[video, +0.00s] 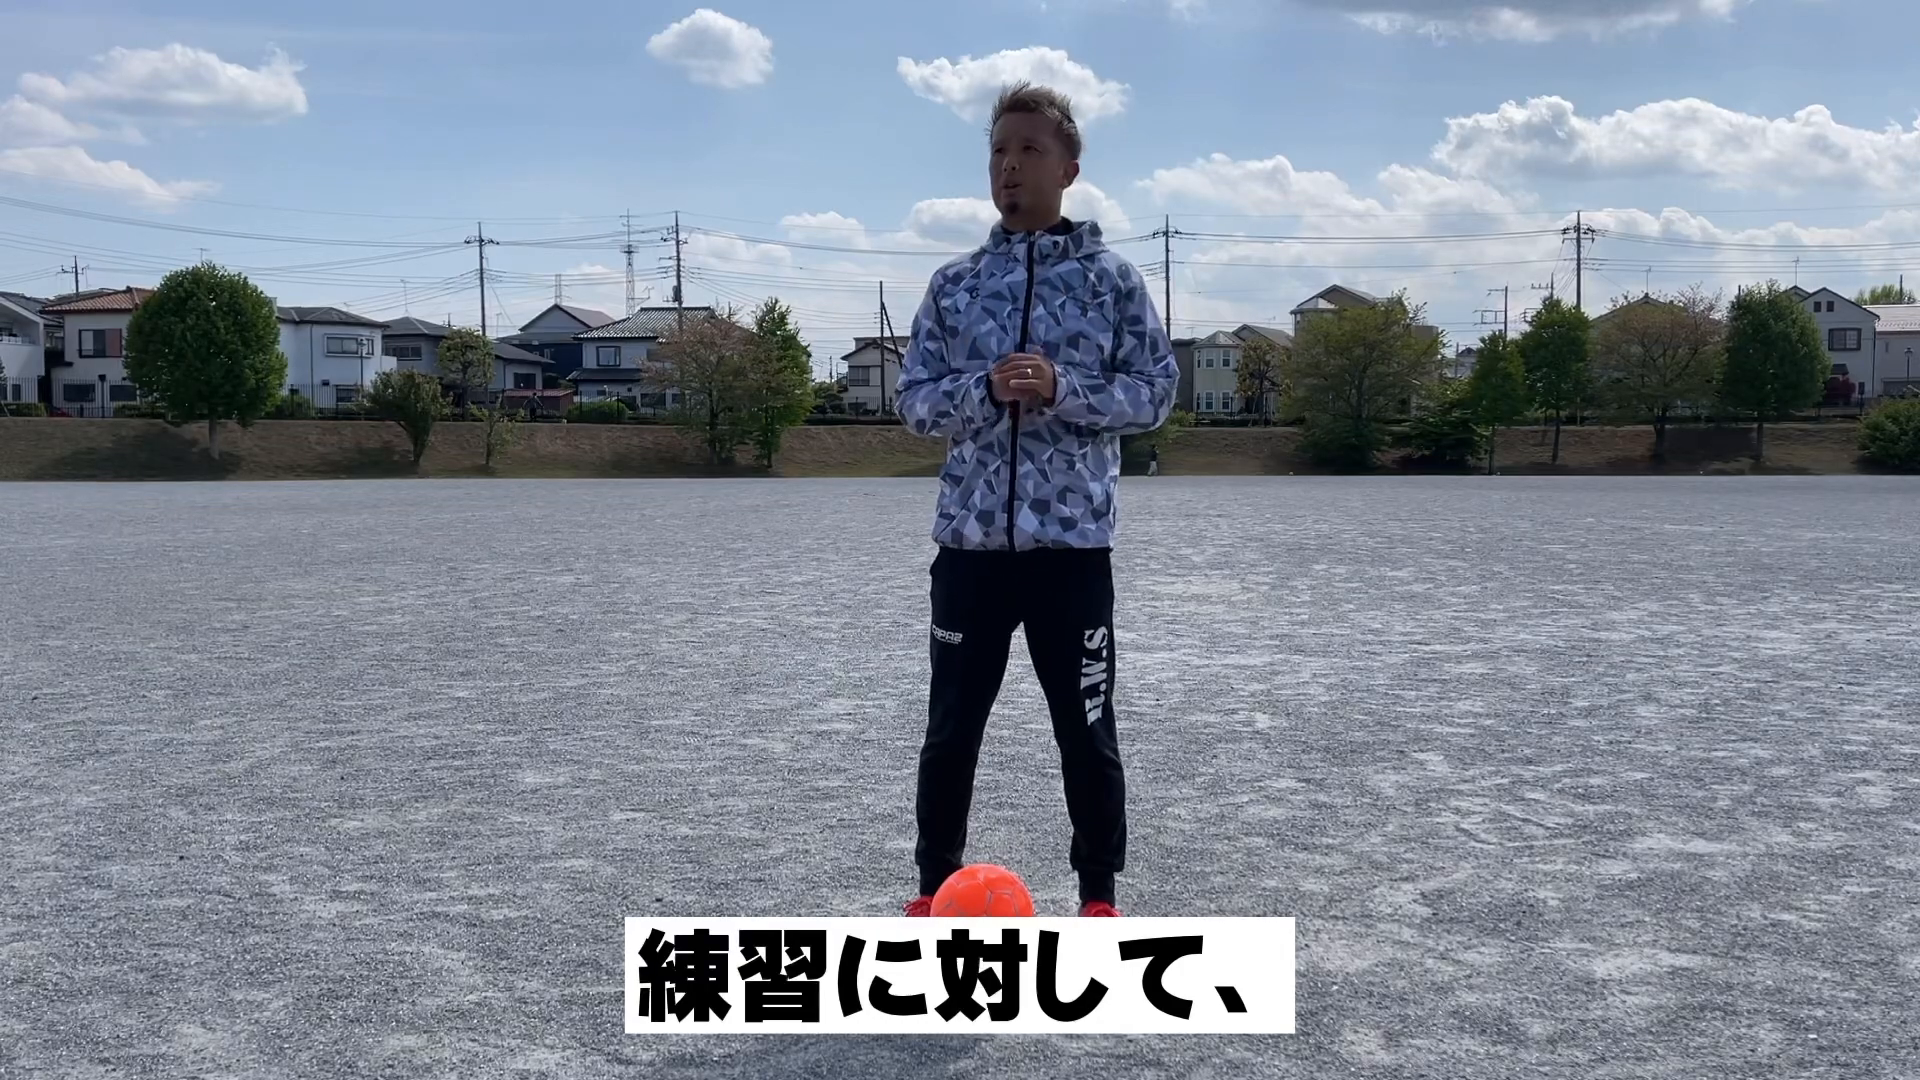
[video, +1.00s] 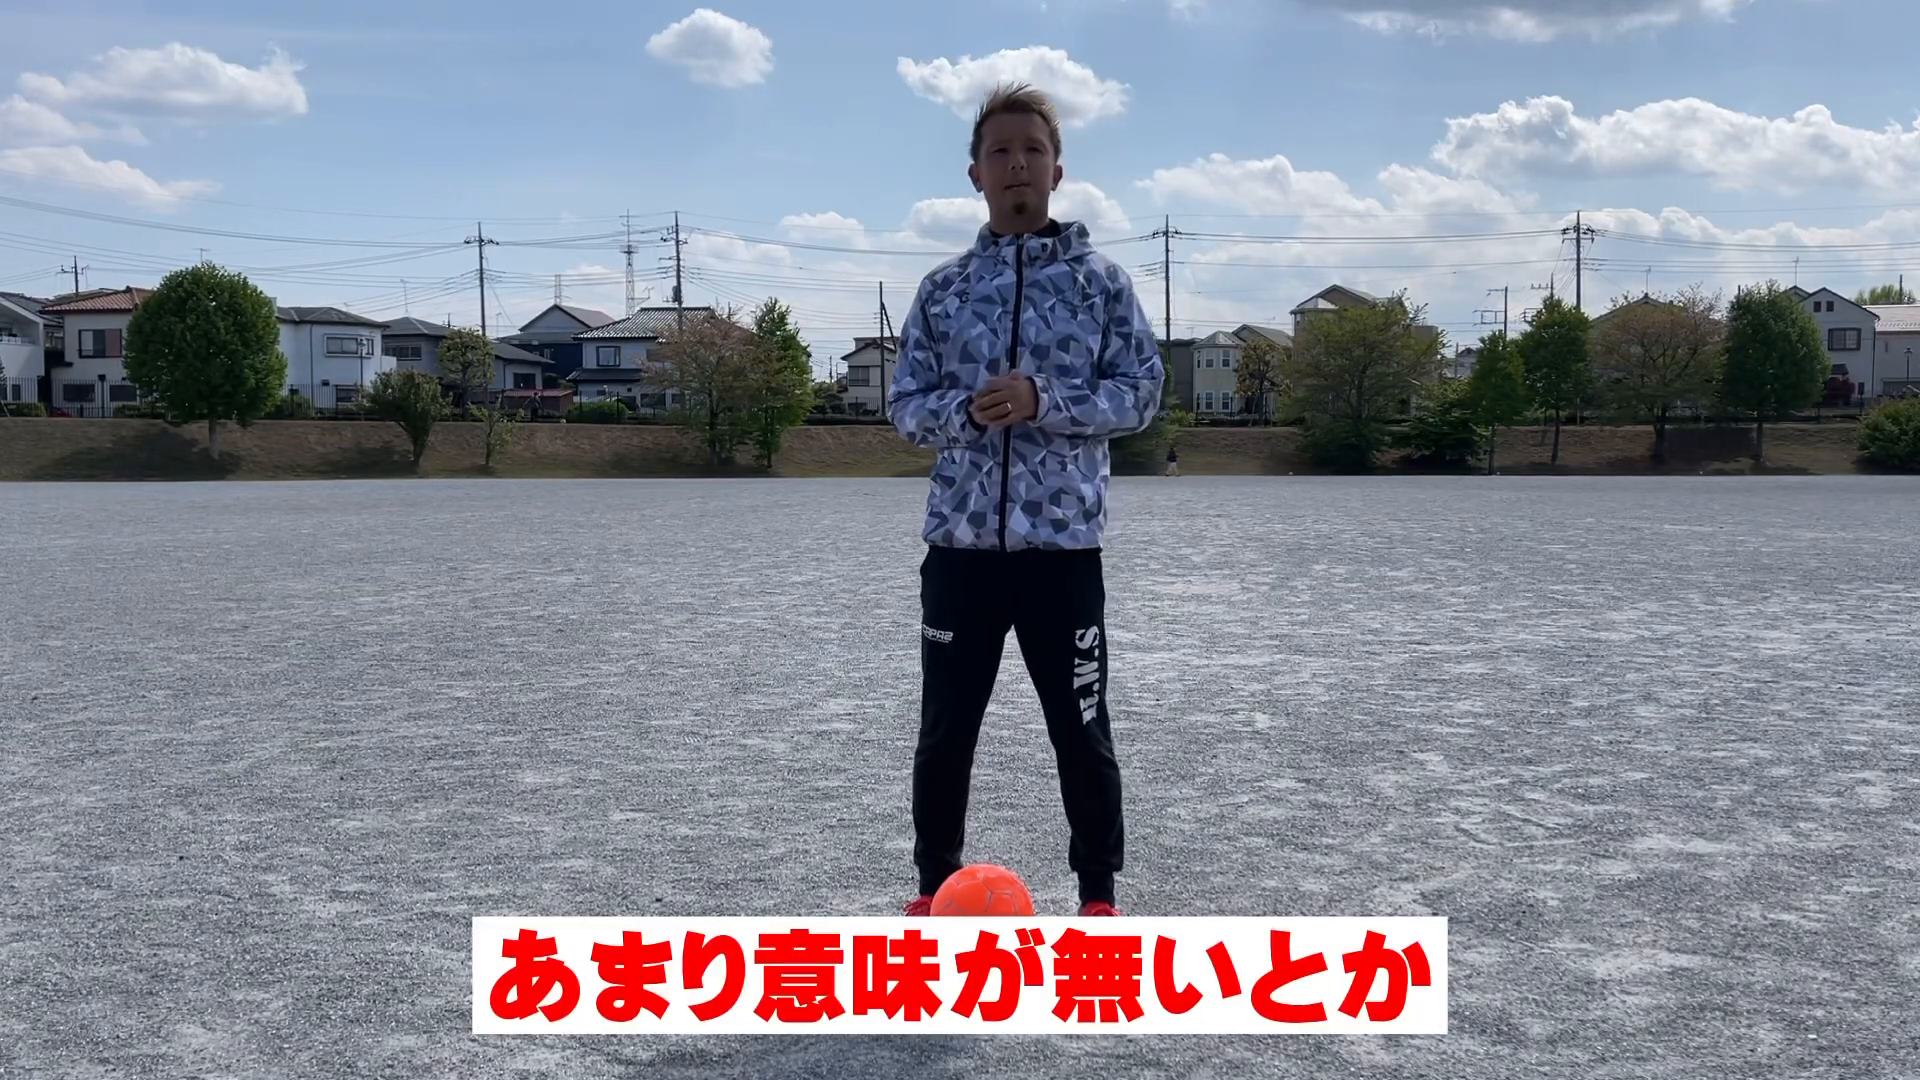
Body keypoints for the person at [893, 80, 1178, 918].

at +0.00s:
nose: (1010, 164)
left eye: (1029, 150)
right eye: (1000, 151)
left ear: (1069, 166)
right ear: (989, 165)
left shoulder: (1113, 280)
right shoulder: (955, 284)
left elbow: (1150, 395)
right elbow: (917, 398)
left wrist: (1061, 390)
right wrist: (983, 386)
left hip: (1070, 538)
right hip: (970, 537)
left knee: (1084, 728)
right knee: (951, 728)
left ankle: (1098, 898)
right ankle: (934, 893)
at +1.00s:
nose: (1016, 162)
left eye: (1033, 149)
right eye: (999, 150)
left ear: (1057, 167)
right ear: (977, 169)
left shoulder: (1099, 280)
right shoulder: (942, 288)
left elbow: (1140, 392)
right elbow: (907, 406)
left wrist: (1047, 400)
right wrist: (962, 409)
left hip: (1061, 540)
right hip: (960, 540)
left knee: (1080, 728)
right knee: (944, 732)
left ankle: (1097, 897)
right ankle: (935, 897)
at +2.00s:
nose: (903, 180)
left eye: (915, 162)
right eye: (883, 168)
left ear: (941, 168)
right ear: (860, 184)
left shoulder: (1003, 266)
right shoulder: (850, 302)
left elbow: (1061, 368)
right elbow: (832, 423)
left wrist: (992, 406)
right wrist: (907, 424)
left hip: (1015, 531)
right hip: (913, 544)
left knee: (1073, 702)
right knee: (918, 727)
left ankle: (1127, 877)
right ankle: (928, 891)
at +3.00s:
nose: (1114, 164)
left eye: (1132, 153)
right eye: (1099, 148)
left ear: (1151, 176)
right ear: (1070, 163)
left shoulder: (1172, 295)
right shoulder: (1013, 273)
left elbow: (1193, 416)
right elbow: (961, 388)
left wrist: (1113, 409)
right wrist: (1029, 399)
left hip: (1103, 544)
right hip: (1002, 532)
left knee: (1098, 733)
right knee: (948, 696)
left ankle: (1092, 903)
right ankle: (951, 801)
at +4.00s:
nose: (1052, 175)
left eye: (1068, 161)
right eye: (1035, 159)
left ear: (1086, 176)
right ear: (1004, 170)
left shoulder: (1115, 293)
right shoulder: (955, 281)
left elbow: (1152, 405)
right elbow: (911, 394)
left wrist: (1075, 414)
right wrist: (968, 417)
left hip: (1068, 542)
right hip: (967, 540)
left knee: (1080, 728)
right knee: (947, 724)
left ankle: (1091, 900)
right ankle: (925, 894)